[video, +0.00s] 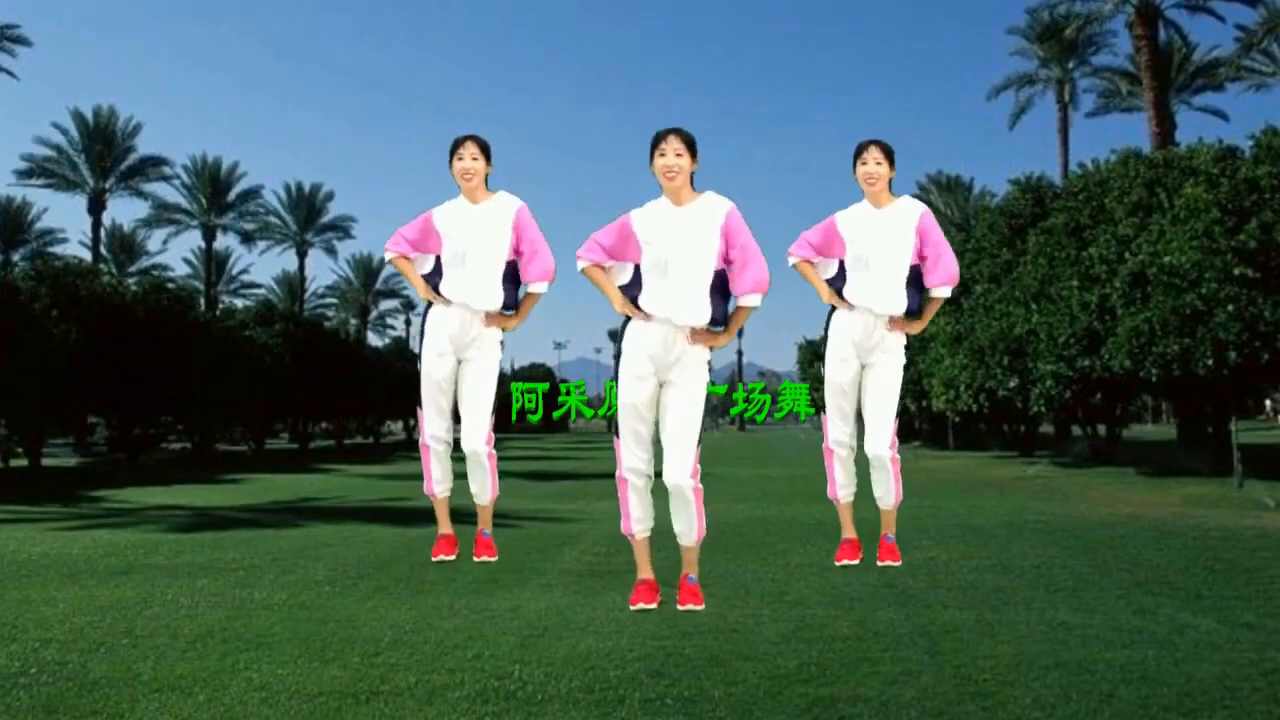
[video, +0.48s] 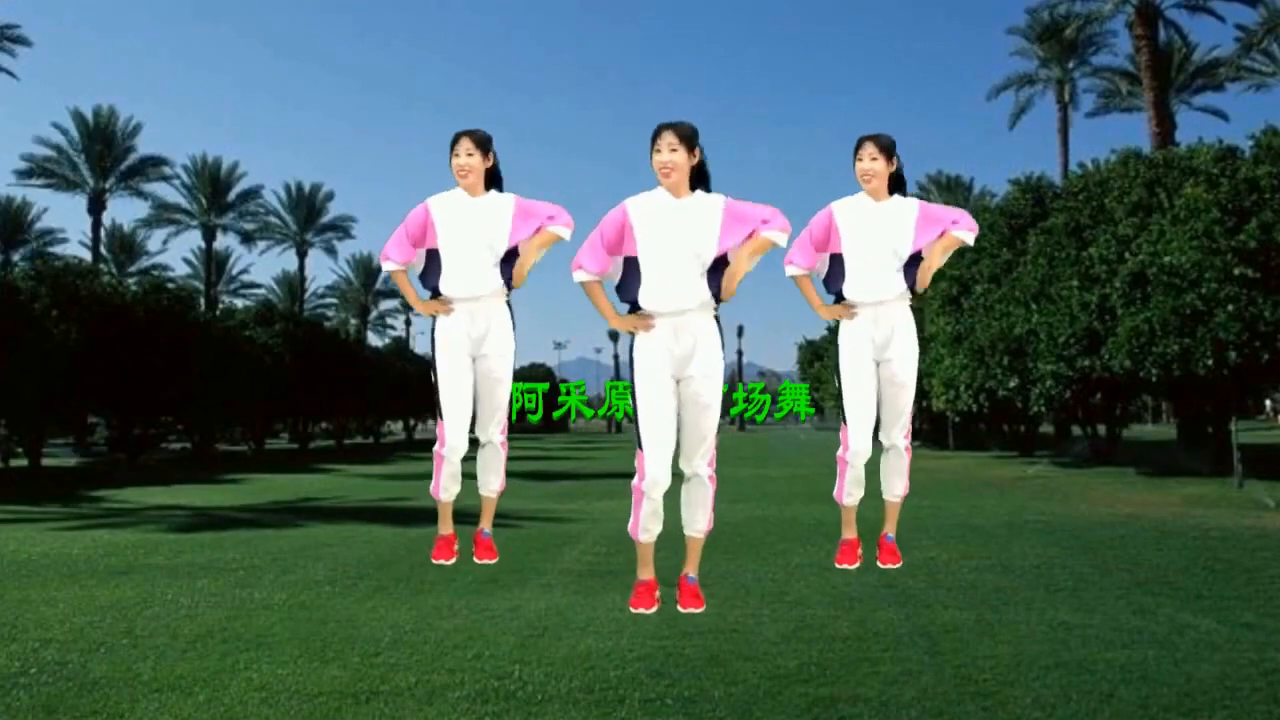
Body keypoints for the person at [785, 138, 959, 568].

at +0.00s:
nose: (870, 169)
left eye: (878, 162)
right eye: (863, 163)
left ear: (891, 171)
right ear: (855, 173)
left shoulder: (914, 214)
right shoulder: (845, 219)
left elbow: (946, 271)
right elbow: (799, 253)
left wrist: (920, 322)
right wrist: (828, 295)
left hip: (889, 331)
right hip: (845, 326)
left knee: (880, 438)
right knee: (838, 434)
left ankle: (888, 537)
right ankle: (848, 535)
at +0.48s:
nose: (866, 165)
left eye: (874, 159)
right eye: (861, 159)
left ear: (891, 165)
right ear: (854, 167)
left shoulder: (911, 209)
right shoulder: (837, 212)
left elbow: (965, 224)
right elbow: (795, 260)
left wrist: (934, 258)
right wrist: (822, 307)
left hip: (898, 321)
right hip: (854, 323)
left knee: (896, 435)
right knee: (857, 437)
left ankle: (888, 535)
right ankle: (848, 535)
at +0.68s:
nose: (867, 160)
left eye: (876, 153)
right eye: (863, 154)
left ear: (896, 159)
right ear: (859, 161)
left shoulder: (917, 201)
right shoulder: (841, 206)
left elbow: (973, 216)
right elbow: (797, 252)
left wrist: (948, 212)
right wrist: (825, 299)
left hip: (898, 315)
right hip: (853, 315)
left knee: (894, 431)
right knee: (852, 432)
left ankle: (891, 535)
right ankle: (847, 535)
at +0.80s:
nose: (872, 184)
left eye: (881, 177)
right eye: (869, 177)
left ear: (901, 184)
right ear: (864, 184)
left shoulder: (914, 231)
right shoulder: (843, 225)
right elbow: (802, 274)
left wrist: (930, 236)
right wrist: (820, 324)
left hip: (900, 335)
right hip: (856, 338)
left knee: (899, 447)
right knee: (872, 446)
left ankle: (889, 536)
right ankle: (857, 519)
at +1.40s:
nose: (853, 164)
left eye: (861, 157)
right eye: (850, 157)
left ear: (881, 164)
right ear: (846, 165)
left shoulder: (901, 210)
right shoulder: (830, 211)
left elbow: (904, 243)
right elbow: (789, 247)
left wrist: (888, 187)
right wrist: (806, 293)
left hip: (872, 326)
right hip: (828, 322)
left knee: (871, 441)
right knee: (807, 429)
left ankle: (888, 532)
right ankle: (787, 524)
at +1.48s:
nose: (852, 144)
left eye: (862, 138)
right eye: (851, 138)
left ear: (882, 147)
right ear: (849, 146)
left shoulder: (899, 191)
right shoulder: (829, 191)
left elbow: (916, 220)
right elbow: (791, 228)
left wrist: (897, 166)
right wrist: (807, 274)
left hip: (875, 304)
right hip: (831, 300)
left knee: (879, 421)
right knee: (813, 414)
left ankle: (889, 526)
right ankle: (794, 504)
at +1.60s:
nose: (860, 142)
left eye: (870, 137)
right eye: (857, 136)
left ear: (889, 148)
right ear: (852, 144)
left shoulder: (902, 190)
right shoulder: (828, 188)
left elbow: (911, 228)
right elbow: (789, 229)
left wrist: (902, 173)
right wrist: (806, 277)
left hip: (881, 299)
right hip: (837, 296)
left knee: (881, 416)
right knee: (831, 416)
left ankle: (883, 523)